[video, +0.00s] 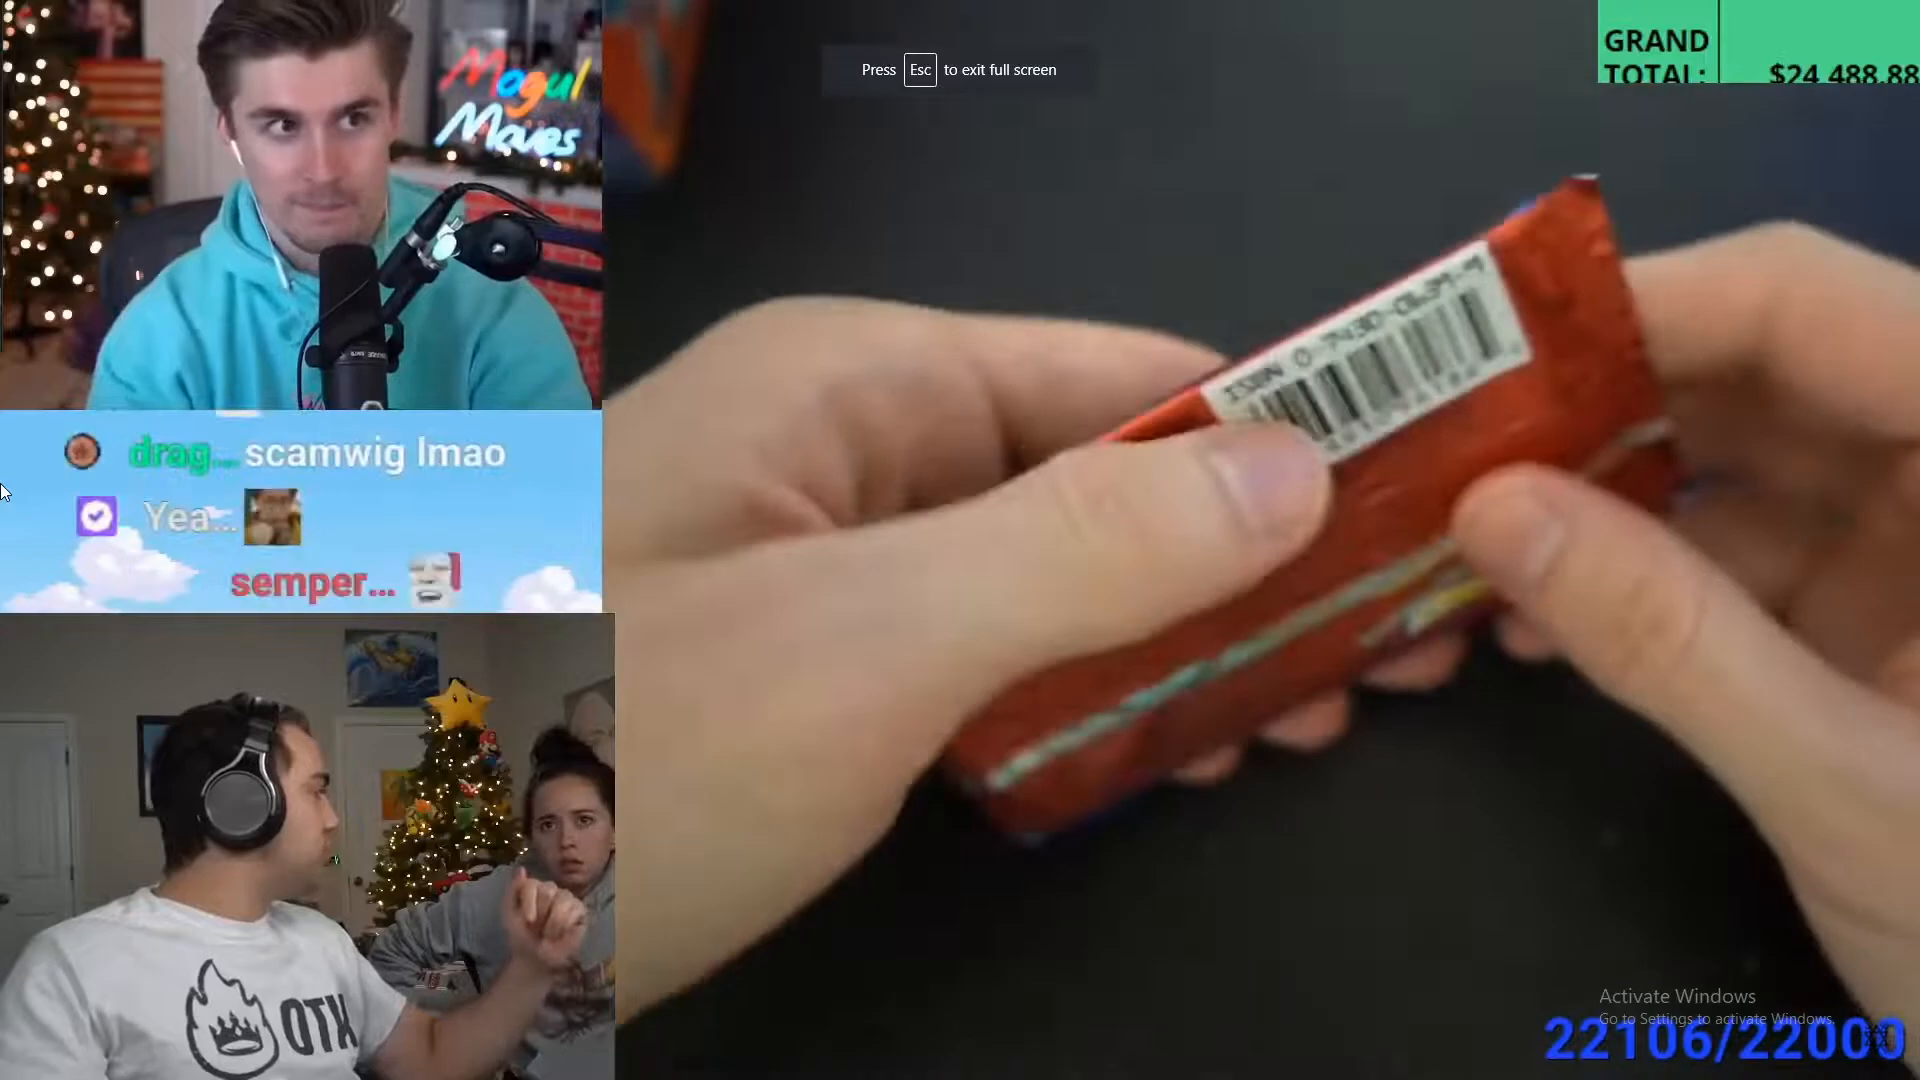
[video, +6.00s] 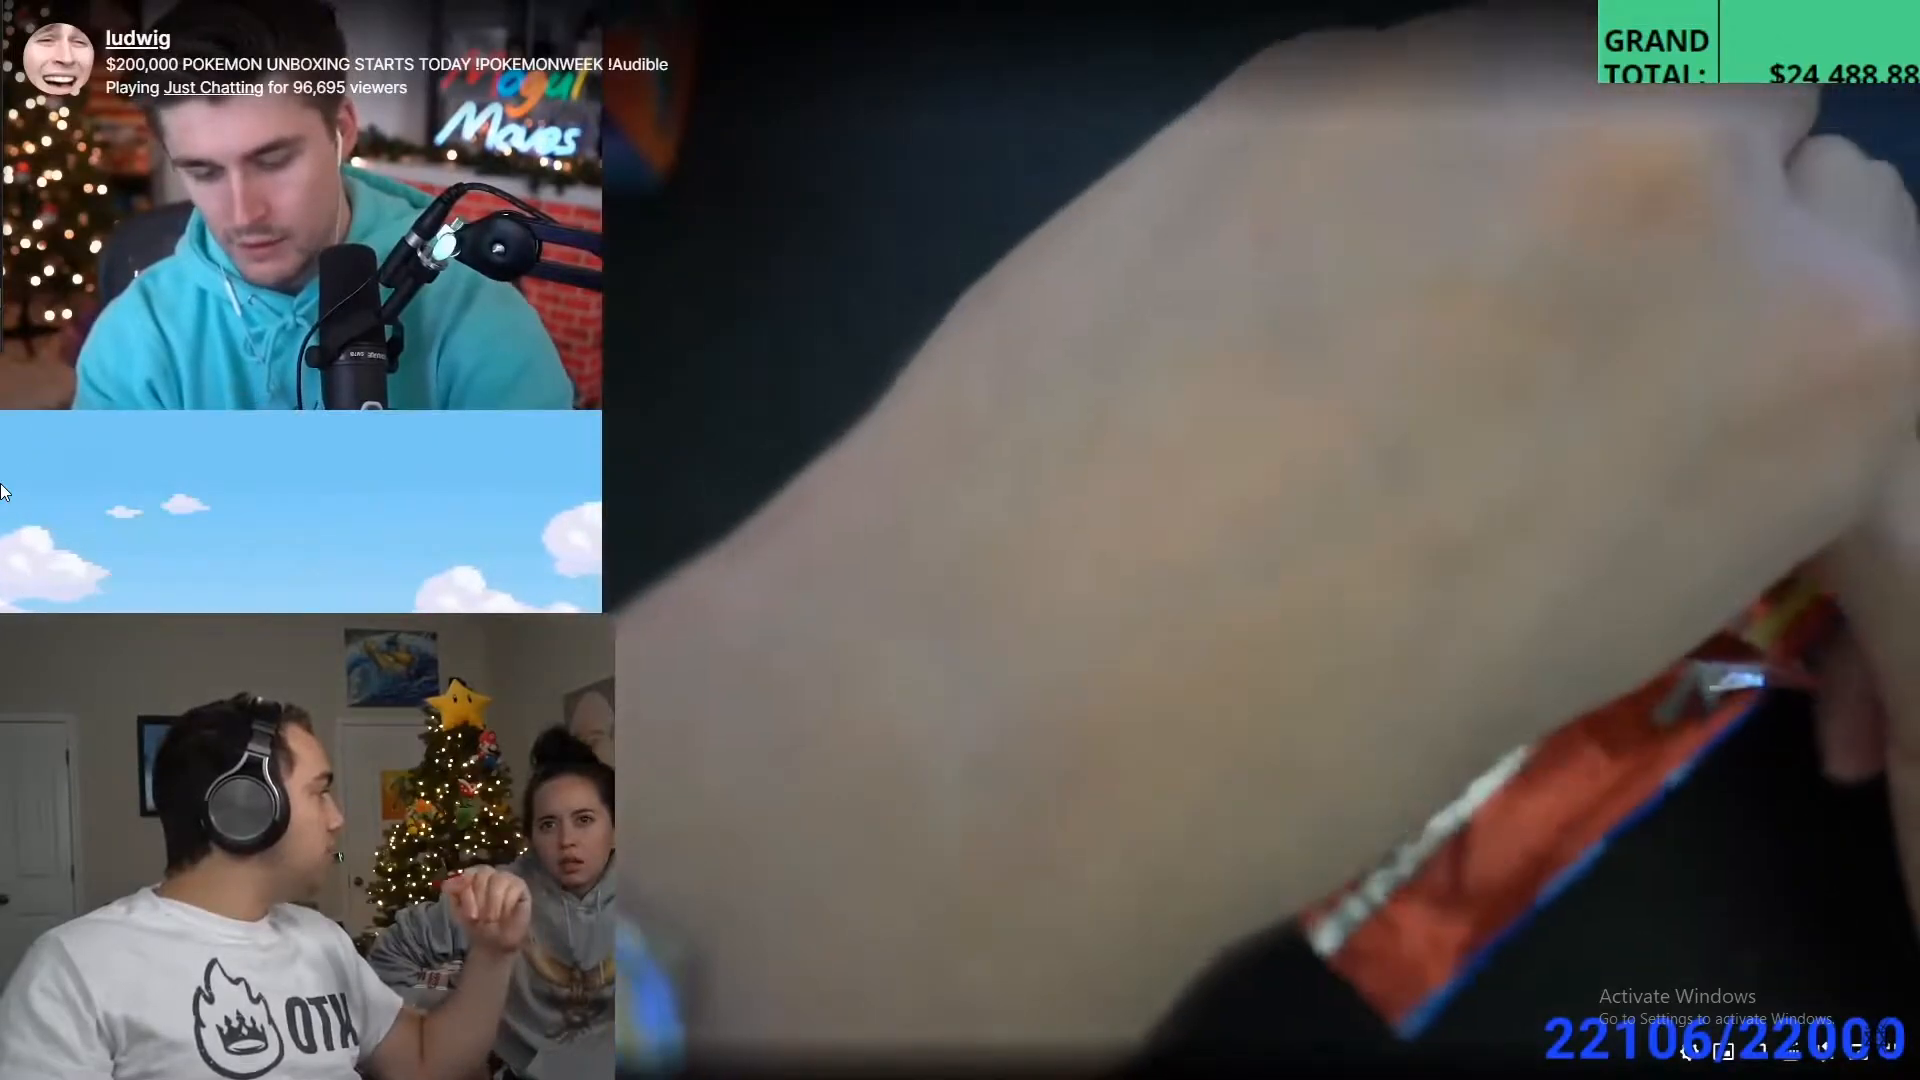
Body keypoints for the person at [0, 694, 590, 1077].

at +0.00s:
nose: (336, 816)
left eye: (327, 791)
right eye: (318, 789)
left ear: (248, 798)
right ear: (237, 799)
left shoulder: (323, 945)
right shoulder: (69, 970)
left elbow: (433, 1056)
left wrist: (533, 966)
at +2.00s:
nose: (339, 817)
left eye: (331, 792)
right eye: (320, 791)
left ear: (241, 805)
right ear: (238, 804)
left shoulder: (320, 945)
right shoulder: (69, 971)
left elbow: (432, 1051)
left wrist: (548, 986)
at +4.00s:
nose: (341, 820)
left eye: (333, 794)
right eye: (323, 793)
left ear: (251, 803)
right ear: (239, 804)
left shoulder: (320, 941)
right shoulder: (76, 967)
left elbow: (429, 1054)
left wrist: (533, 978)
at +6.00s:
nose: (340, 819)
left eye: (331, 791)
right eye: (320, 792)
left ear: (250, 806)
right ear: (242, 806)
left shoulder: (323, 944)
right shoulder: (75, 967)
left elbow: (430, 1062)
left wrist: (494, 953)